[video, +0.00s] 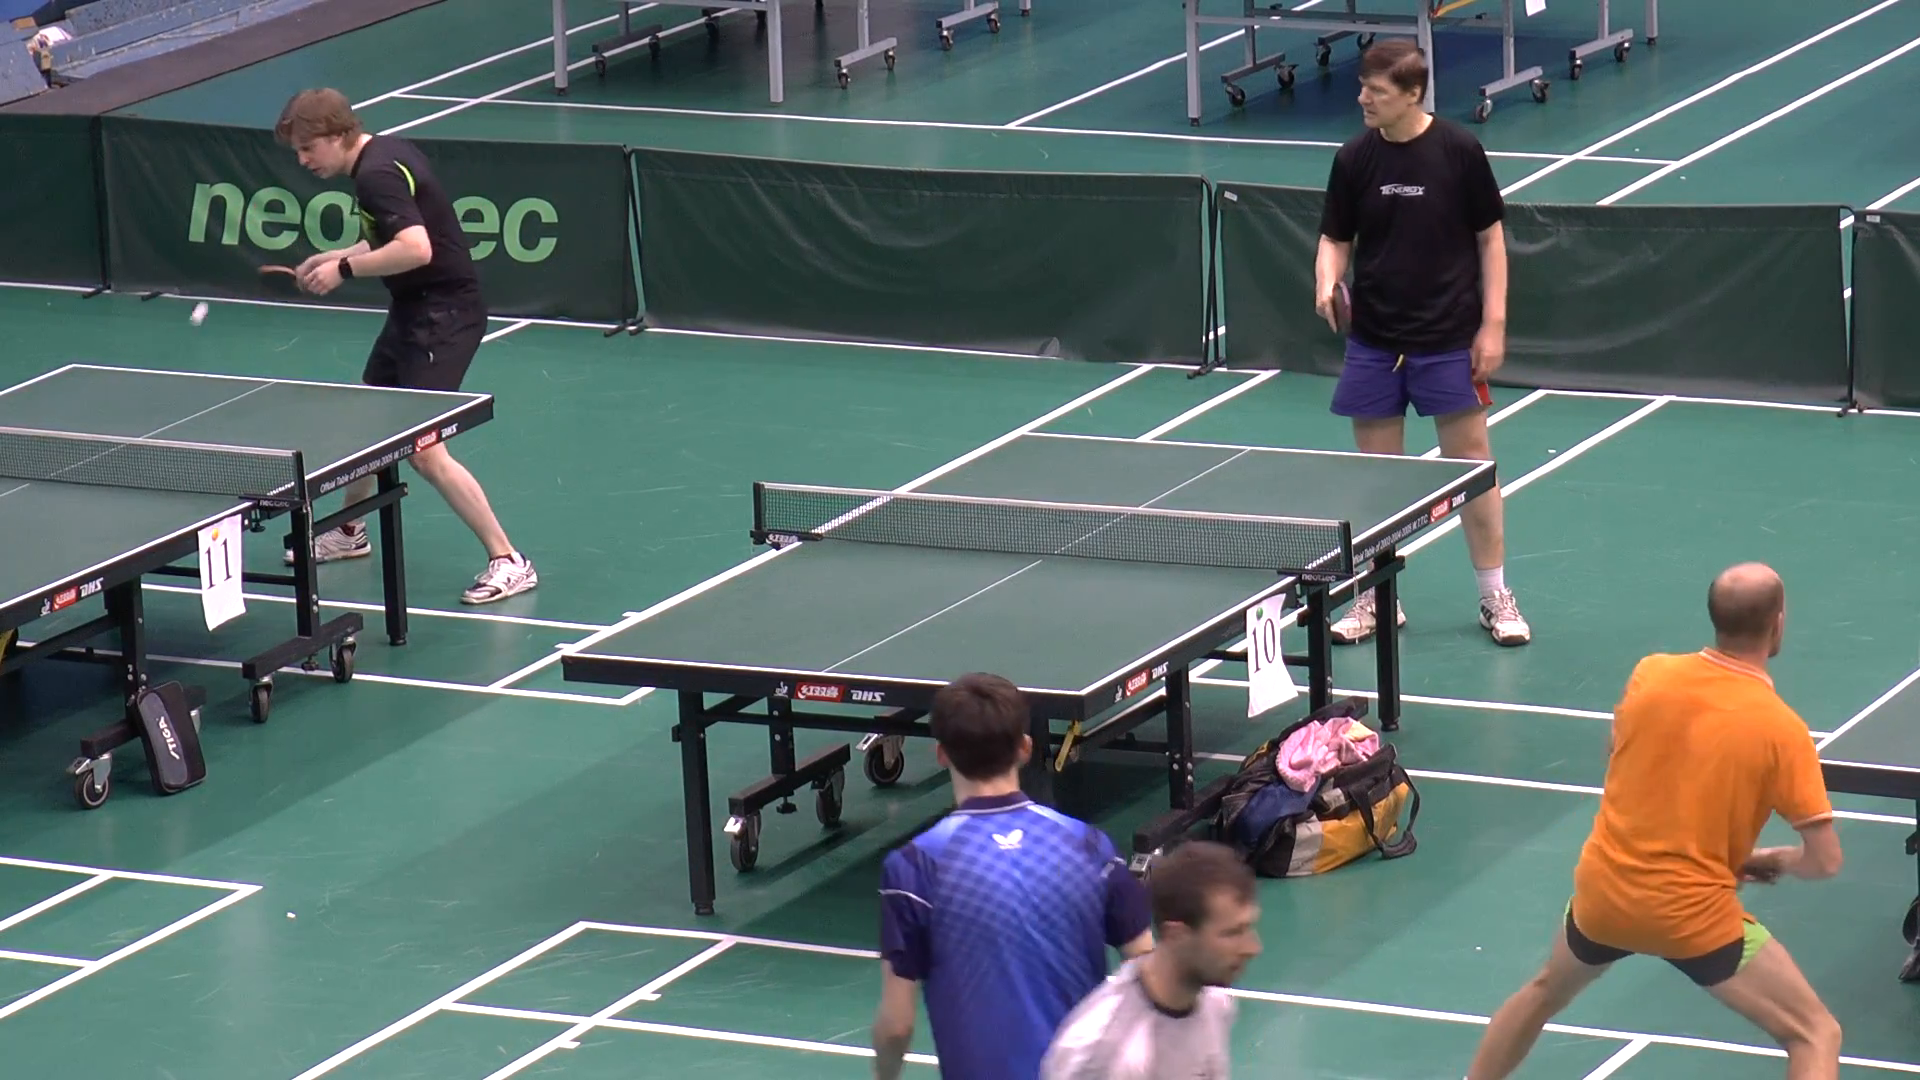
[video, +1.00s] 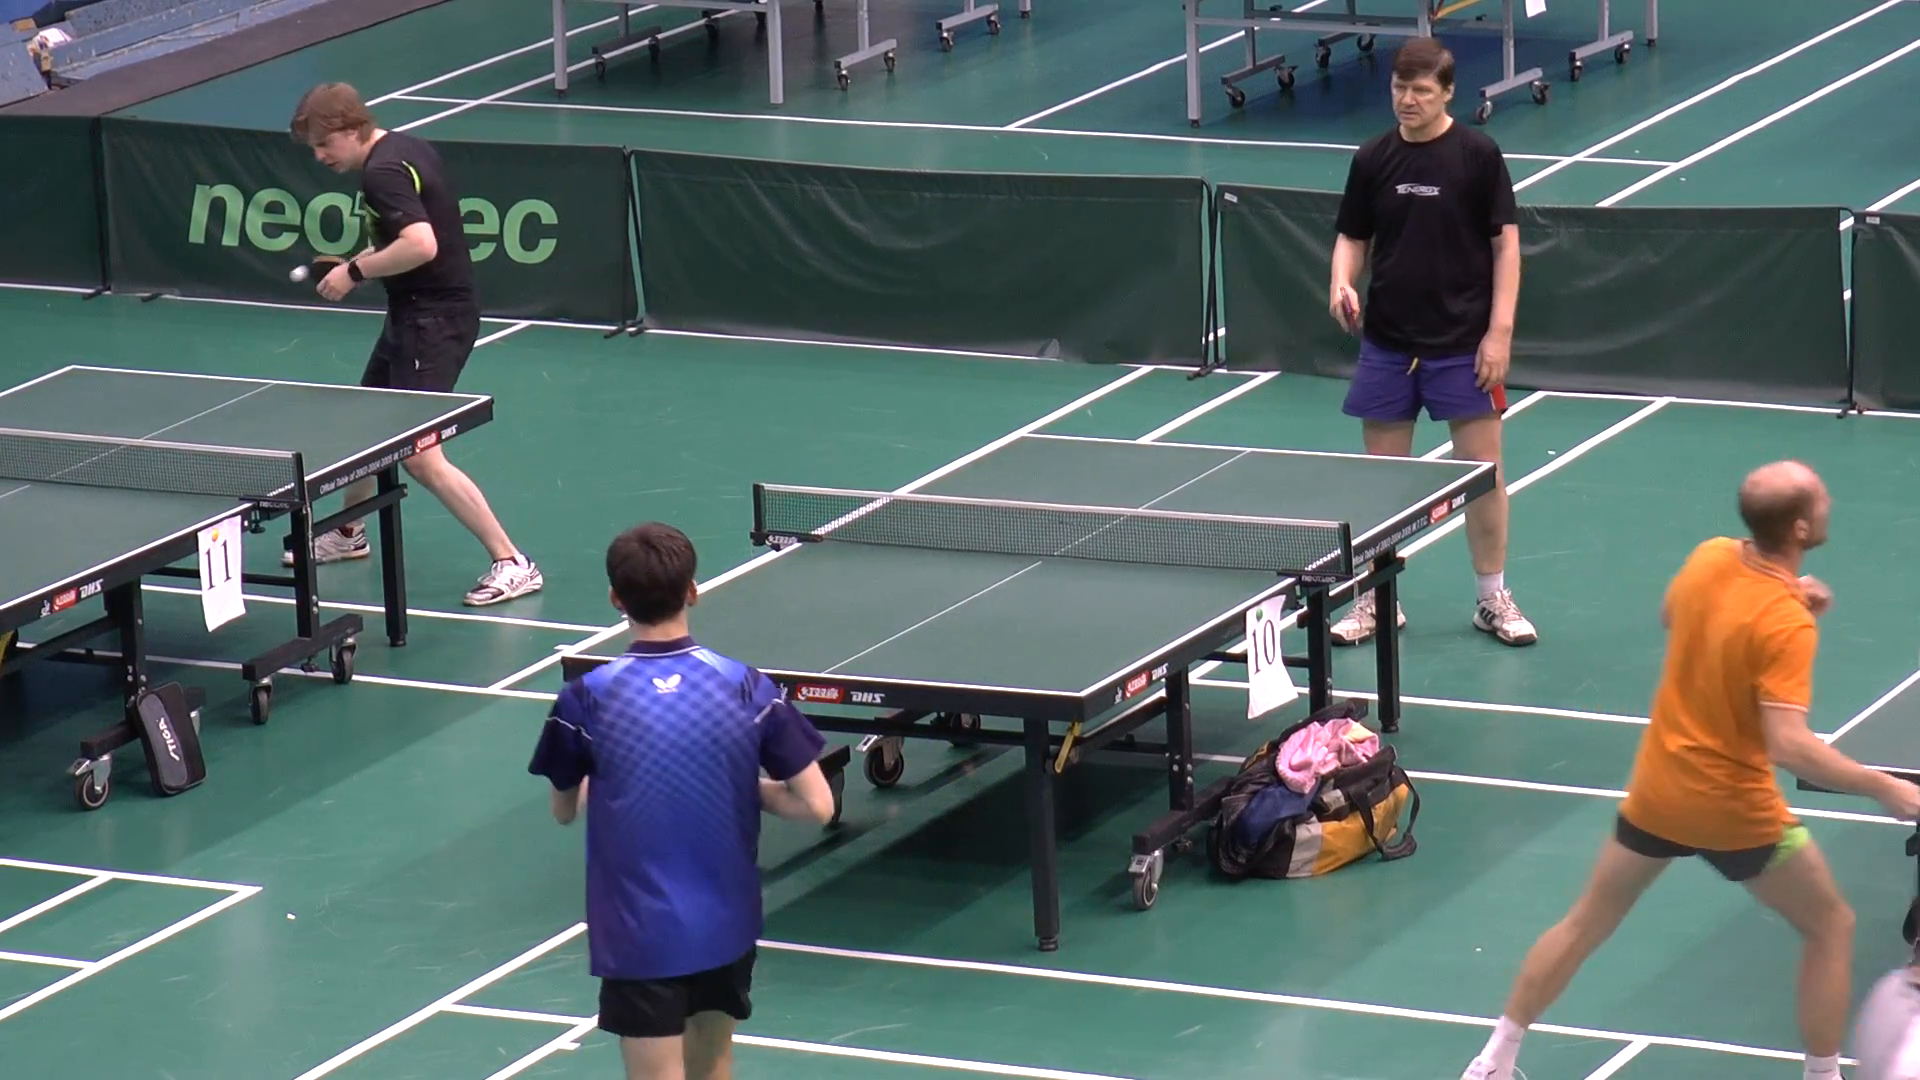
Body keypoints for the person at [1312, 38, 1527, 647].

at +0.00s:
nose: (1364, 99)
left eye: (1376, 91)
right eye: (1363, 89)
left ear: (1413, 93)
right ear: (1369, 91)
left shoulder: (1461, 150)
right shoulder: (1354, 157)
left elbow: (1492, 239)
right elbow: (1334, 237)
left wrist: (1493, 324)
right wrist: (1327, 281)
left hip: (1449, 339)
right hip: (1373, 340)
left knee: (1475, 468)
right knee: (1375, 476)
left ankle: (1495, 594)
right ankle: (1376, 596)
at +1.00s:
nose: (1407, 99)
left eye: (1420, 90)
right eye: (1400, 88)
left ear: (1446, 92)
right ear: (1391, 89)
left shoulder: (1480, 155)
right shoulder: (1372, 160)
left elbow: (1508, 246)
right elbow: (1350, 235)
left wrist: (1500, 333)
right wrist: (1342, 282)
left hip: (1464, 345)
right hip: (1386, 345)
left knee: (1485, 475)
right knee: (1381, 479)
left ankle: (1493, 596)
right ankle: (1375, 599)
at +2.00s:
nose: (1468, 142)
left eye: (1478, 130)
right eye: (1458, 132)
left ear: (1503, 112)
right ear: (1449, 124)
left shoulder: (1547, 159)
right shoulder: (1436, 187)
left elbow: (1579, 240)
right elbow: (1418, 274)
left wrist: (1606, 320)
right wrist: (1443, 316)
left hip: (1548, 349)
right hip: (1479, 355)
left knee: (1543, 483)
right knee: (1486, 488)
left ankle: (1508, 572)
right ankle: (1496, 623)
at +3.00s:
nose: (1532, 171)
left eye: (1534, 159)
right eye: (1527, 161)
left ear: (1565, 142)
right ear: (1570, 141)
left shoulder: (1591, 203)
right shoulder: (1628, 175)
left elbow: (1528, 294)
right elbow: (1615, 268)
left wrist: (1429, 301)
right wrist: (1552, 295)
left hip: (1632, 384)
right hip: (1661, 372)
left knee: (1619, 518)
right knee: (1632, 510)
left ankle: (1636, 661)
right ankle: (1666, 648)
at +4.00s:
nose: (1476, 241)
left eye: (1471, 228)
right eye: (1469, 231)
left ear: (1488, 208)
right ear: (1515, 193)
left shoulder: (1515, 258)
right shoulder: (1594, 215)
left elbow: (1493, 361)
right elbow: (1586, 301)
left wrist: (1410, 370)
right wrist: (1503, 322)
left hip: (1612, 404)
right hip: (1680, 387)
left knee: (1542, 532)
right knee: (1707, 538)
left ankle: (1535, 685)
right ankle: (1743, 677)